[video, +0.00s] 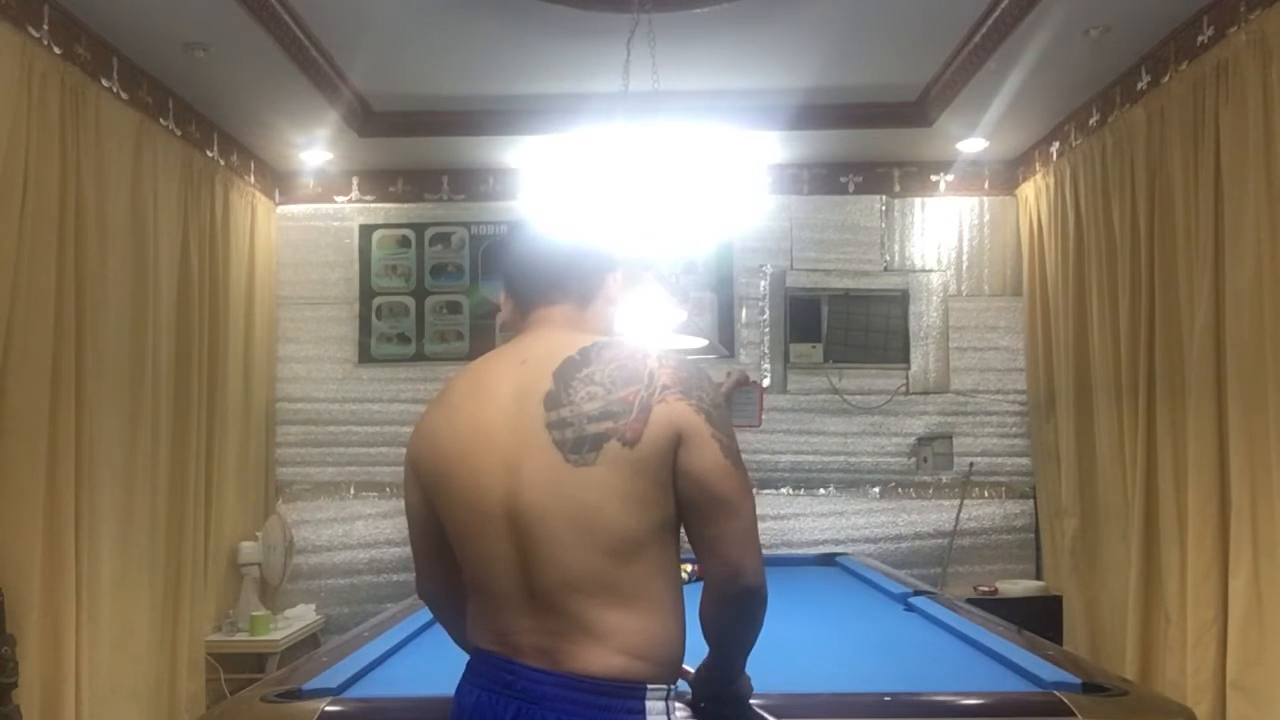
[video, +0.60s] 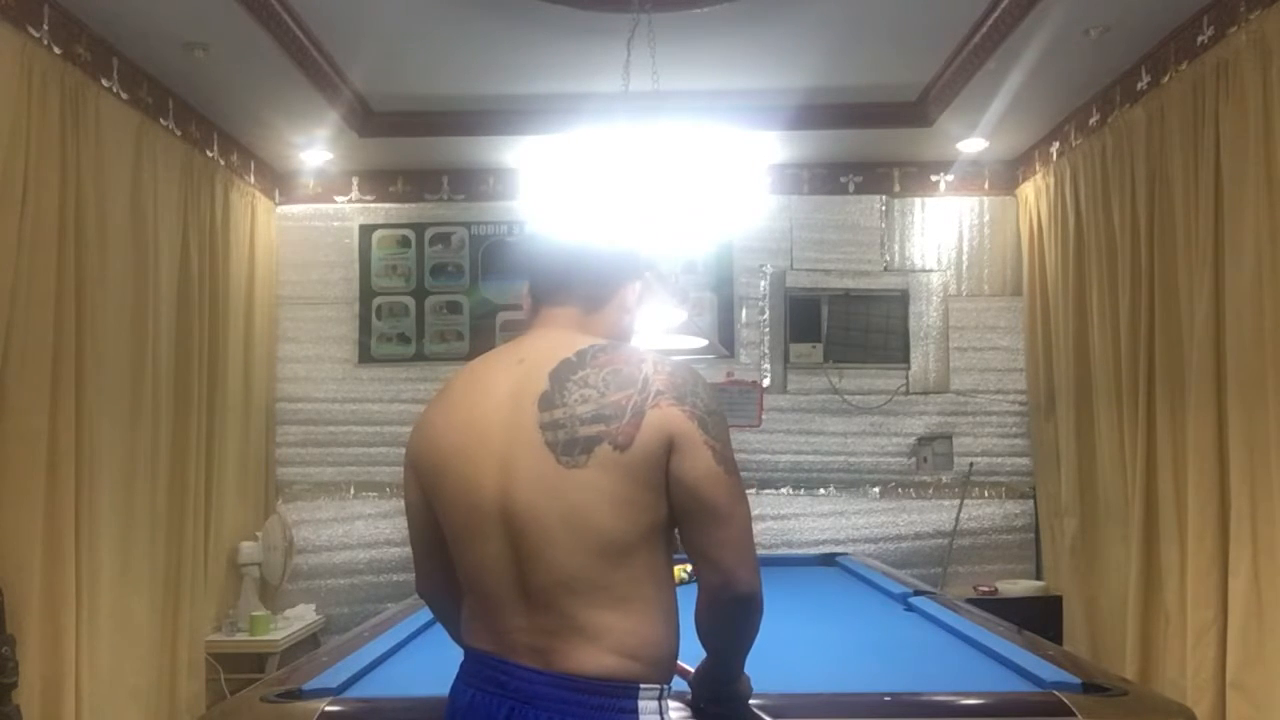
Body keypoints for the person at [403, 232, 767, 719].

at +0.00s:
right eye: (630, 282)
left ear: (507, 303)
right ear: (613, 285)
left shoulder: (443, 409)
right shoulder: (668, 385)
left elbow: (437, 585)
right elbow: (739, 578)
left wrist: (502, 658)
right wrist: (723, 673)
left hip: (486, 697)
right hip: (626, 703)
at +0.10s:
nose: (499, 309)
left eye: (501, 295)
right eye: (632, 284)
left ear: (509, 298)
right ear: (616, 285)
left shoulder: (444, 407)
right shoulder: (668, 386)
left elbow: (436, 583)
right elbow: (738, 580)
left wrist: (500, 657)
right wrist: (722, 674)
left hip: (485, 697)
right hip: (624, 703)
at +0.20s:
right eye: (635, 284)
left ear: (511, 299)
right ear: (617, 286)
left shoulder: (444, 407)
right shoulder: (666, 386)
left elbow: (436, 583)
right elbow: (737, 579)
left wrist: (501, 656)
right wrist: (722, 674)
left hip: (483, 696)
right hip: (623, 702)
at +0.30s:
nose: (640, 298)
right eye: (636, 284)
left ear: (512, 299)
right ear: (618, 286)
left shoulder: (445, 406)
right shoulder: (665, 386)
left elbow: (436, 583)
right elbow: (737, 581)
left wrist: (500, 656)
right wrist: (722, 675)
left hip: (482, 696)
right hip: (621, 702)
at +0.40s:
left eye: (506, 293)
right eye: (636, 285)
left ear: (513, 296)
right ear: (621, 287)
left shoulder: (444, 406)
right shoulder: (666, 387)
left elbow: (436, 583)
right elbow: (736, 582)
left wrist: (500, 657)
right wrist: (722, 675)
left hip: (481, 696)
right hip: (620, 702)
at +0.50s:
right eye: (639, 290)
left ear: (520, 298)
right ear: (626, 290)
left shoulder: (444, 404)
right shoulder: (664, 387)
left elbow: (436, 583)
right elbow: (734, 584)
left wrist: (498, 656)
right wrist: (722, 675)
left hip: (481, 696)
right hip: (619, 702)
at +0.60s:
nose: (642, 304)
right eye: (642, 290)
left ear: (528, 296)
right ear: (630, 292)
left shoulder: (445, 404)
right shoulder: (665, 389)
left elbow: (435, 582)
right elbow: (734, 586)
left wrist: (498, 654)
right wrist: (721, 675)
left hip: (480, 696)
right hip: (618, 702)